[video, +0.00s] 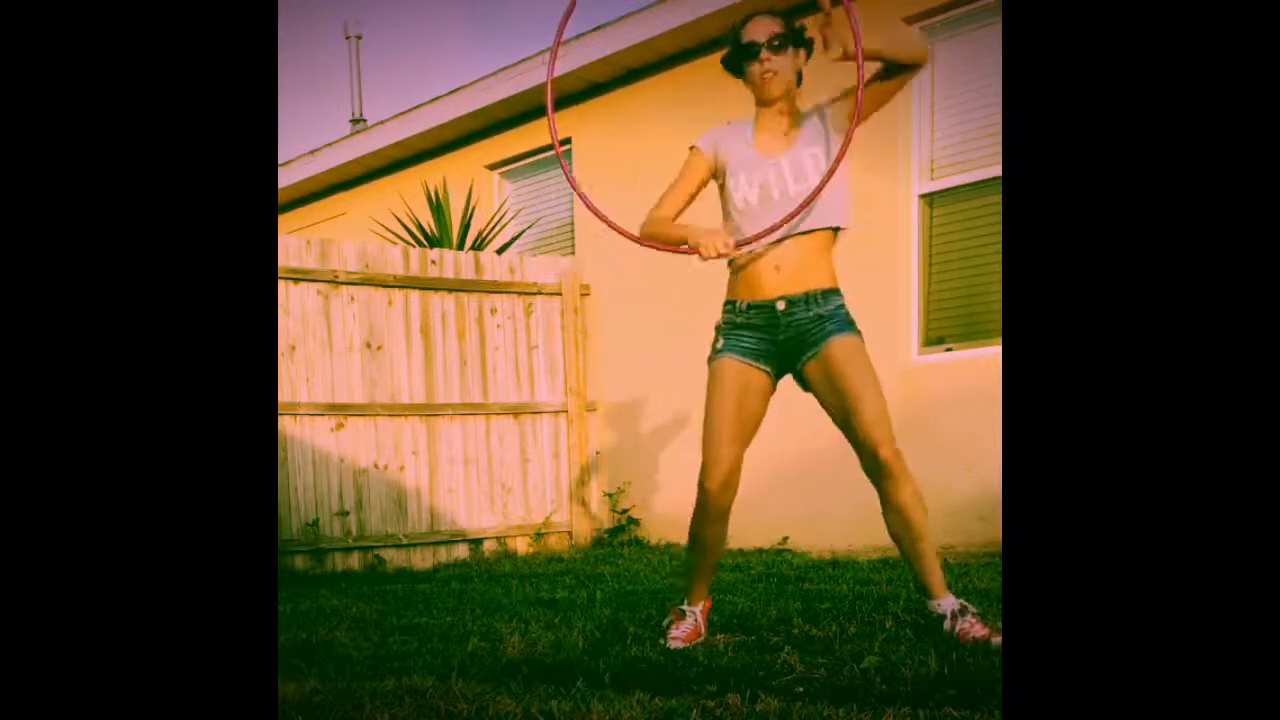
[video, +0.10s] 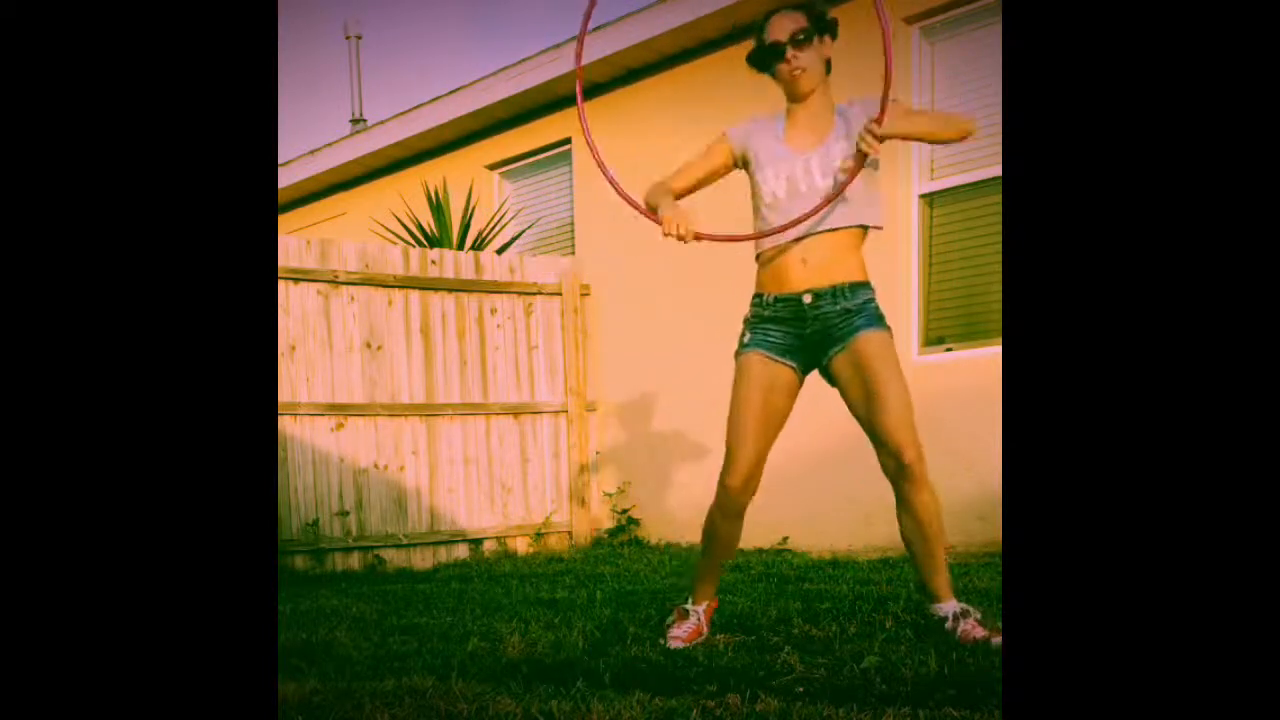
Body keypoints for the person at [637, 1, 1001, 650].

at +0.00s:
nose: (764, 60)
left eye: (777, 48)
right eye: (751, 53)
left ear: (801, 57)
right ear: (739, 70)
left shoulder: (830, 121)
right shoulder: (721, 144)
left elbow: (913, 55)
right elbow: (652, 226)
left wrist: (854, 39)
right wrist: (692, 235)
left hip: (822, 314)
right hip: (745, 324)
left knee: (884, 456)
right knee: (715, 478)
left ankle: (943, 602)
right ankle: (695, 606)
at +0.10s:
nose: (789, 57)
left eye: (799, 41)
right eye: (776, 51)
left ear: (829, 45)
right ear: (766, 66)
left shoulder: (861, 115)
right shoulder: (749, 137)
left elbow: (960, 128)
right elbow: (660, 189)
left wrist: (885, 128)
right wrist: (669, 210)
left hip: (850, 310)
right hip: (772, 318)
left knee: (906, 458)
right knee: (736, 479)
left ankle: (946, 606)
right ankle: (700, 602)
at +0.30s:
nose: (814, 68)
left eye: (821, 50)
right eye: (804, 61)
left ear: (860, 34)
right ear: (804, 66)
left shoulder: (907, 114)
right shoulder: (817, 111)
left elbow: (905, 224)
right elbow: (734, 85)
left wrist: (803, 237)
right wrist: (704, 68)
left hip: (885, 306)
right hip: (813, 312)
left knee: (930, 461)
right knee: (726, 451)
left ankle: (949, 606)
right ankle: (695, 598)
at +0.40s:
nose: (813, 78)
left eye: (819, 58)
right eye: (806, 68)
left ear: (861, 41)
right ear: (812, 72)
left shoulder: (899, 126)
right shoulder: (831, 120)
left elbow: (868, 233)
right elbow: (767, 74)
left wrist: (764, 212)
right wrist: (742, 27)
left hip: (884, 311)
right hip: (817, 315)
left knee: (929, 466)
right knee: (731, 456)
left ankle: (948, 608)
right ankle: (675, 604)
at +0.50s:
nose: (806, 81)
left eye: (812, 62)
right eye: (801, 70)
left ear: (855, 47)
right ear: (826, 65)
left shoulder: (896, 121)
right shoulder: (828, 126)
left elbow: (851, 226)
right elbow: (761, 86)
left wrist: (771, 157)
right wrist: (753, 27)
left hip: (874, 313)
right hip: (809, 320)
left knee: (919, 469)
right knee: (726, 463)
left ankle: (947, 609)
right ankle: (676, 614)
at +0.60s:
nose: (790, 83)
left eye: (796, 68)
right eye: (784, 73)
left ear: (839, 56)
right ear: (812, 65)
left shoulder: (884, 122)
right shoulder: (811, 131)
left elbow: (849, 191)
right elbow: (733, 122)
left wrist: (795, 109)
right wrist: (742, 44)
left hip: (859, 318)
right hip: (793, 327)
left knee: (903, 472)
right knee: (711, 465)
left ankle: (944, 611)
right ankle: (679, 618)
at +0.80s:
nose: (744, 98)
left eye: (752, 85)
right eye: (741, 86)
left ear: (797, 85)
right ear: (767, 89)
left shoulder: (841, 133)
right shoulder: (750, 156)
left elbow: (855, 59)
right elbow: (680, 210)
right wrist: (651, 122)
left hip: (815, 325)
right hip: (747, 336)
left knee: (873, 474)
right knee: (661, 467)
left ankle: (941, 612)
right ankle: (672, 616)